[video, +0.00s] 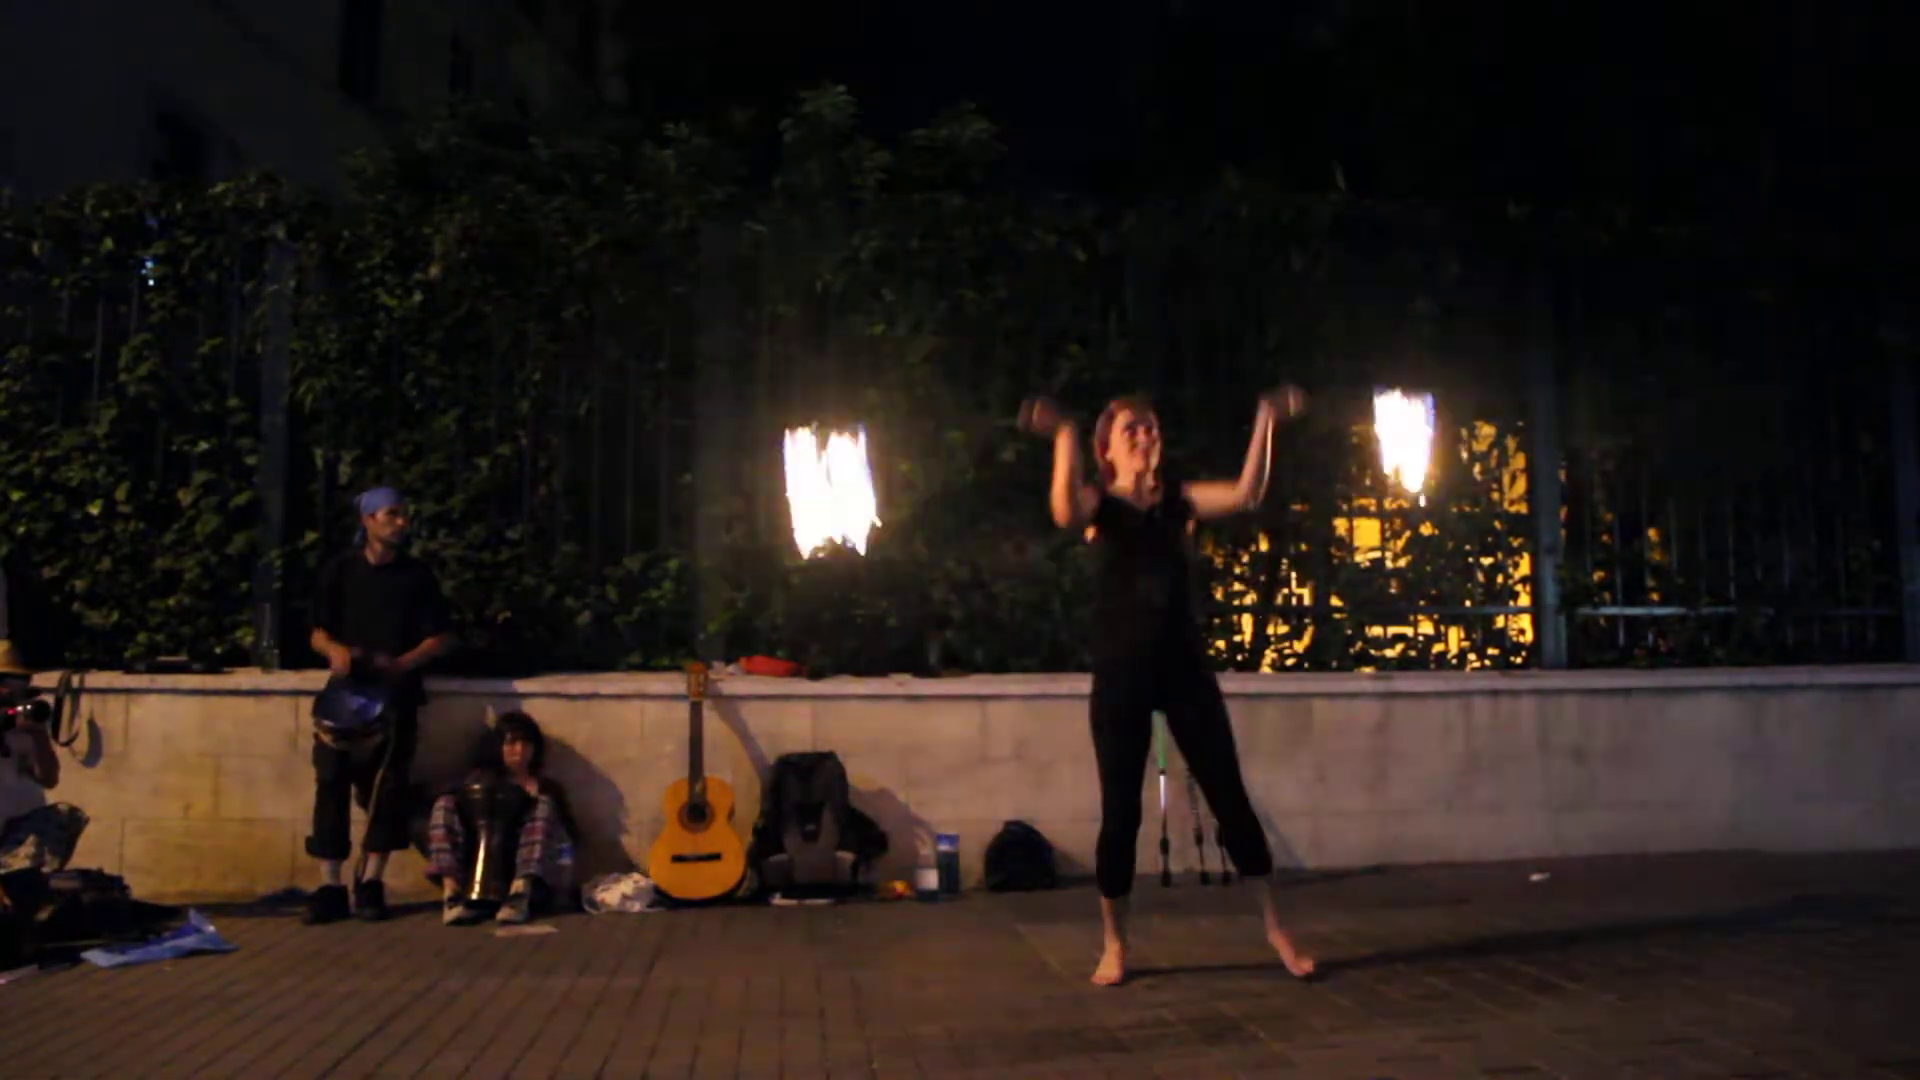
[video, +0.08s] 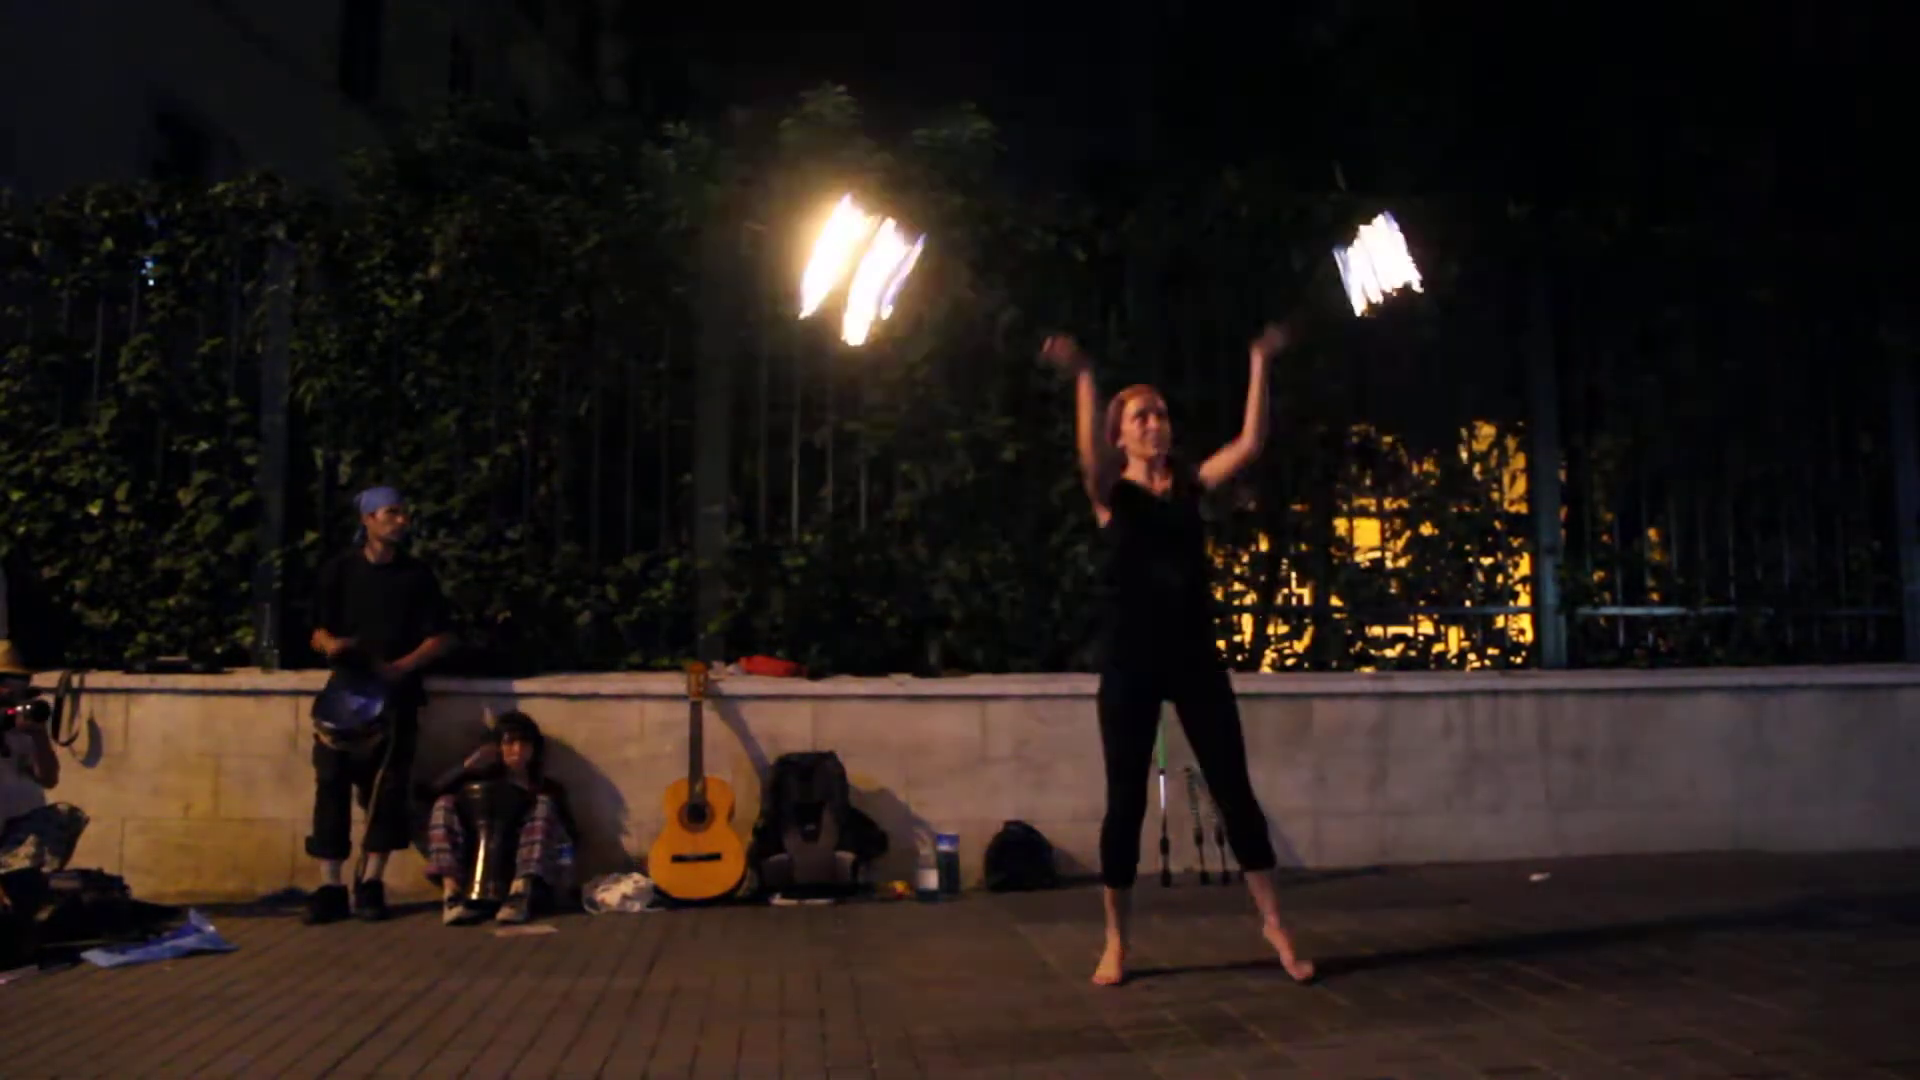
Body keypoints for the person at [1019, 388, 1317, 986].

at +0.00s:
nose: (1146, 433)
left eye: (1150, 426)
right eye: (1133, 427)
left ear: (1161, 439)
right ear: (1106, 445)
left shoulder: (1178, 499)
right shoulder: (1098, 502)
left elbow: (1245, 494)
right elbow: (1065, 514)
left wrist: (1264, 424)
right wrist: (1065, 437)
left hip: (1184, 670)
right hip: (1120, 675)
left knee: (1230, 798)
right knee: (1119, 813)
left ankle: (1276, 928)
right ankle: (1113, 945)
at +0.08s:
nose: (1152, 423)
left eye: (1159, 414)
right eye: (1140, 416)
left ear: (1172, 427)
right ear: (1117, 433)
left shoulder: (1191, 486)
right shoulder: (1111, 492)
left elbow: (1249, 444)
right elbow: (1091, 451)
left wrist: (1259, 362)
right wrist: (1084, 376)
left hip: (1196, 657)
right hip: (1130, 662)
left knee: (1235, 792)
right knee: (1125, 802)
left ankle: (1274, 924)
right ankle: (1114, 941)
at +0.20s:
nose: (1174, 420)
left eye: (1181, 410)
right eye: (1161, 412)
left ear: (1193, 424)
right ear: (1142, 425)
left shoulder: (1210, 480)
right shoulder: (1131, 486)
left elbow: (1246, 410)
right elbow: (1131, 410)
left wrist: (1248, 324)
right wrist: (1138, 324)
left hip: (1213, 655)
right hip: (1146, 658)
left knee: (1241, 790)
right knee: (1135, 797)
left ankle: (1269, 928)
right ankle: (1116, 937)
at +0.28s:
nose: (1193, 427)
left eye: (1196, 421)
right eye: (1181, 419)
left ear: (1205, 434)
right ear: (1156, 434)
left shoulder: (1223, 484)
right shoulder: (1144, 493)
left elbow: (1248, 416)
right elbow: (1166, 411)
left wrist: (1250, 335)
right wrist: (1196, 339)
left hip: (1226, 660)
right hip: (1161, 662)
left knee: (1248, 796)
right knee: (1143, 801)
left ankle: (1264, 935)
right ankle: (1119, 940)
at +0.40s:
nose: (1209, 439)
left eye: (1215, 431)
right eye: (1194, 431)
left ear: (1226, 441)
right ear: (1172, 449)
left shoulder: (1246, 499)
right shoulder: (1164, 503)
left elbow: (1275, 474)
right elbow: (1201, 518)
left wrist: (1276, 418)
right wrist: (1245, 453)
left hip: (1245, 672)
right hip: (1181, 674)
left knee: (1262, 806)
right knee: (1156, 806)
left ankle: (1259, 945)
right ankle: (1121, 944)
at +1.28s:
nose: (1233, 431)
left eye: (1235, 426)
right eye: (1222, 429)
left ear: (1239, 437)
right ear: (1200, 445)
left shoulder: (1273, 488)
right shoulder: (1200, 497)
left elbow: (1305, 424)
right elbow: (1232, 446)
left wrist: (1303, 354)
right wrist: (1287, 410)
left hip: (1281, 669)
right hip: (1216, 670)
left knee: (1288, 811)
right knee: (1177, 805)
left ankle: (1269, 940)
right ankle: (1130, 938)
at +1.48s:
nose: (1200, 421)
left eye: (1208, 417)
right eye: (1190, 415)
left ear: (1223, 434)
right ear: (1175, 433)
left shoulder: (1244, 483)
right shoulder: (1162, 488)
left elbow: (1269, 396)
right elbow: (1171, 388)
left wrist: (1242, 322)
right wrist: (1214, 323)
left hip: (1245, 657)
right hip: (1181, 659)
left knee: (1267, 799)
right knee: (1163, 800)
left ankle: (1276, 937)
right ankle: (1125, 938)